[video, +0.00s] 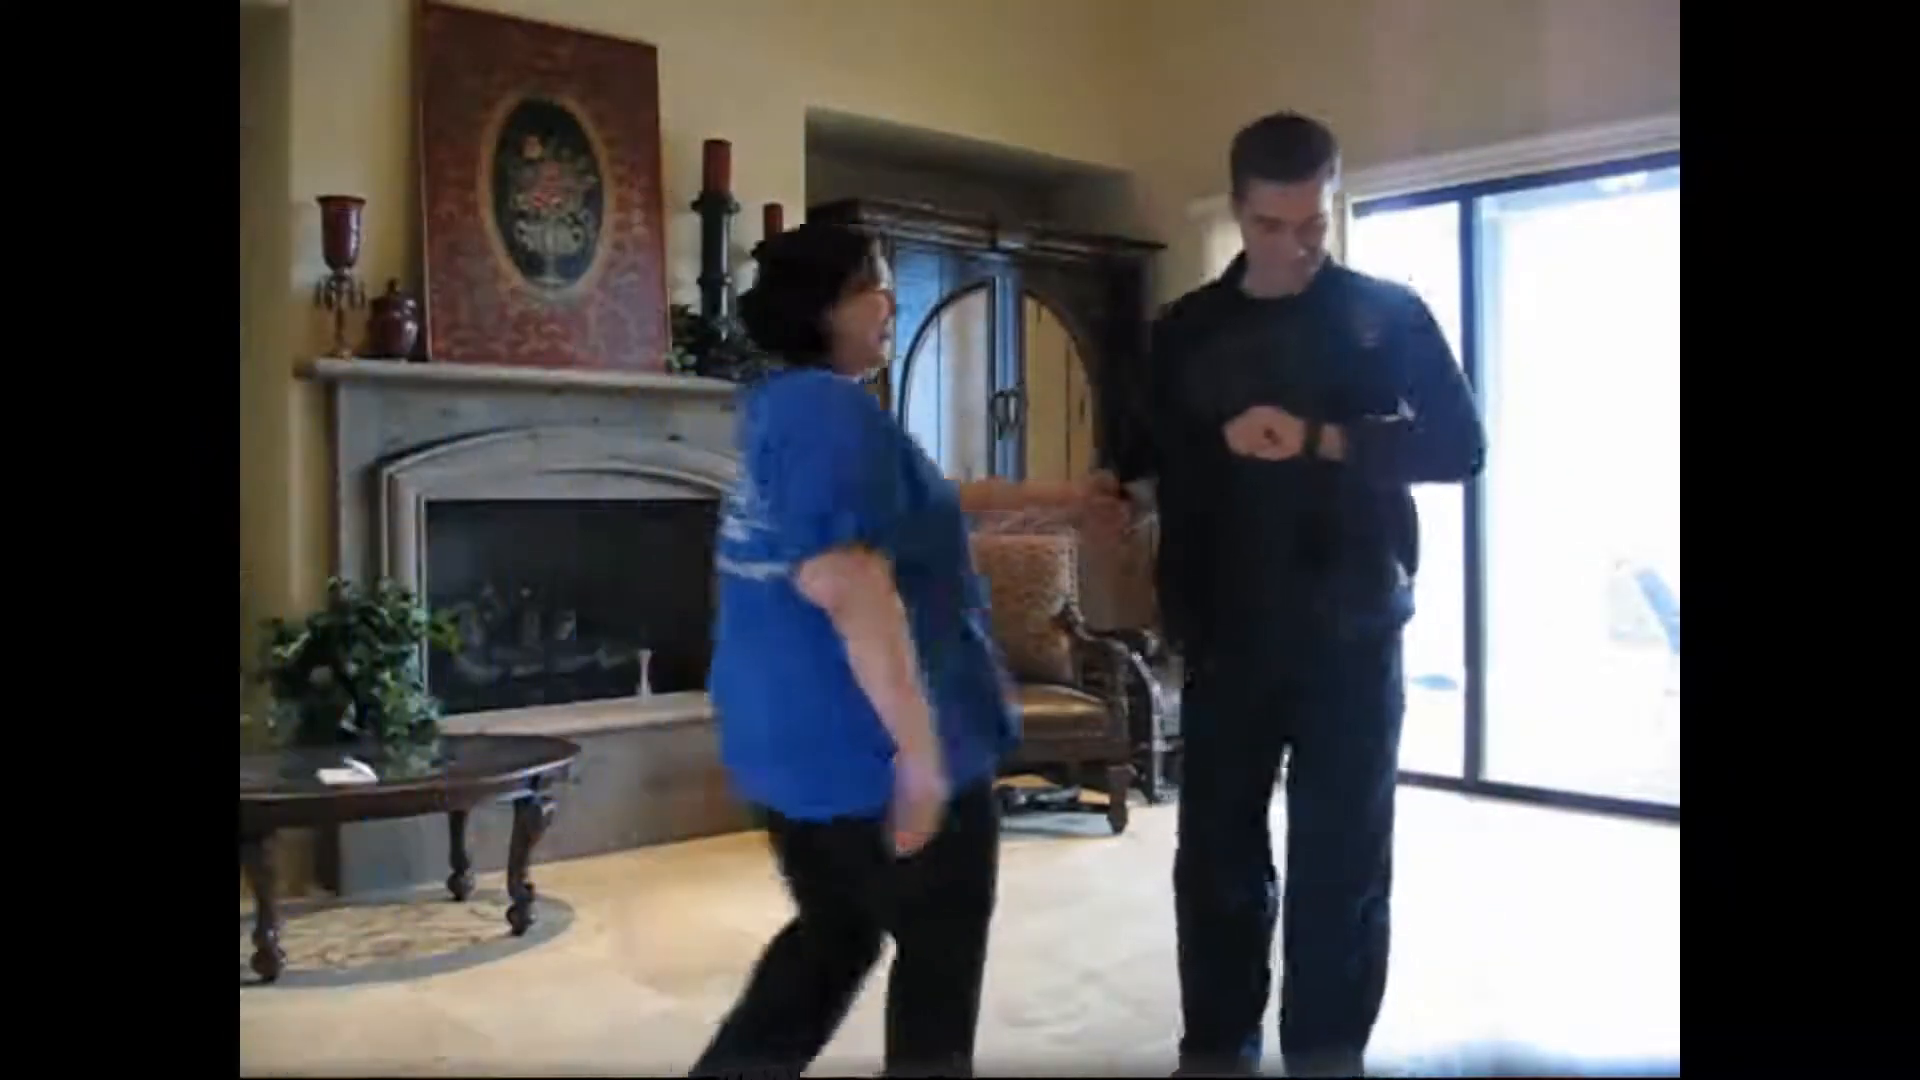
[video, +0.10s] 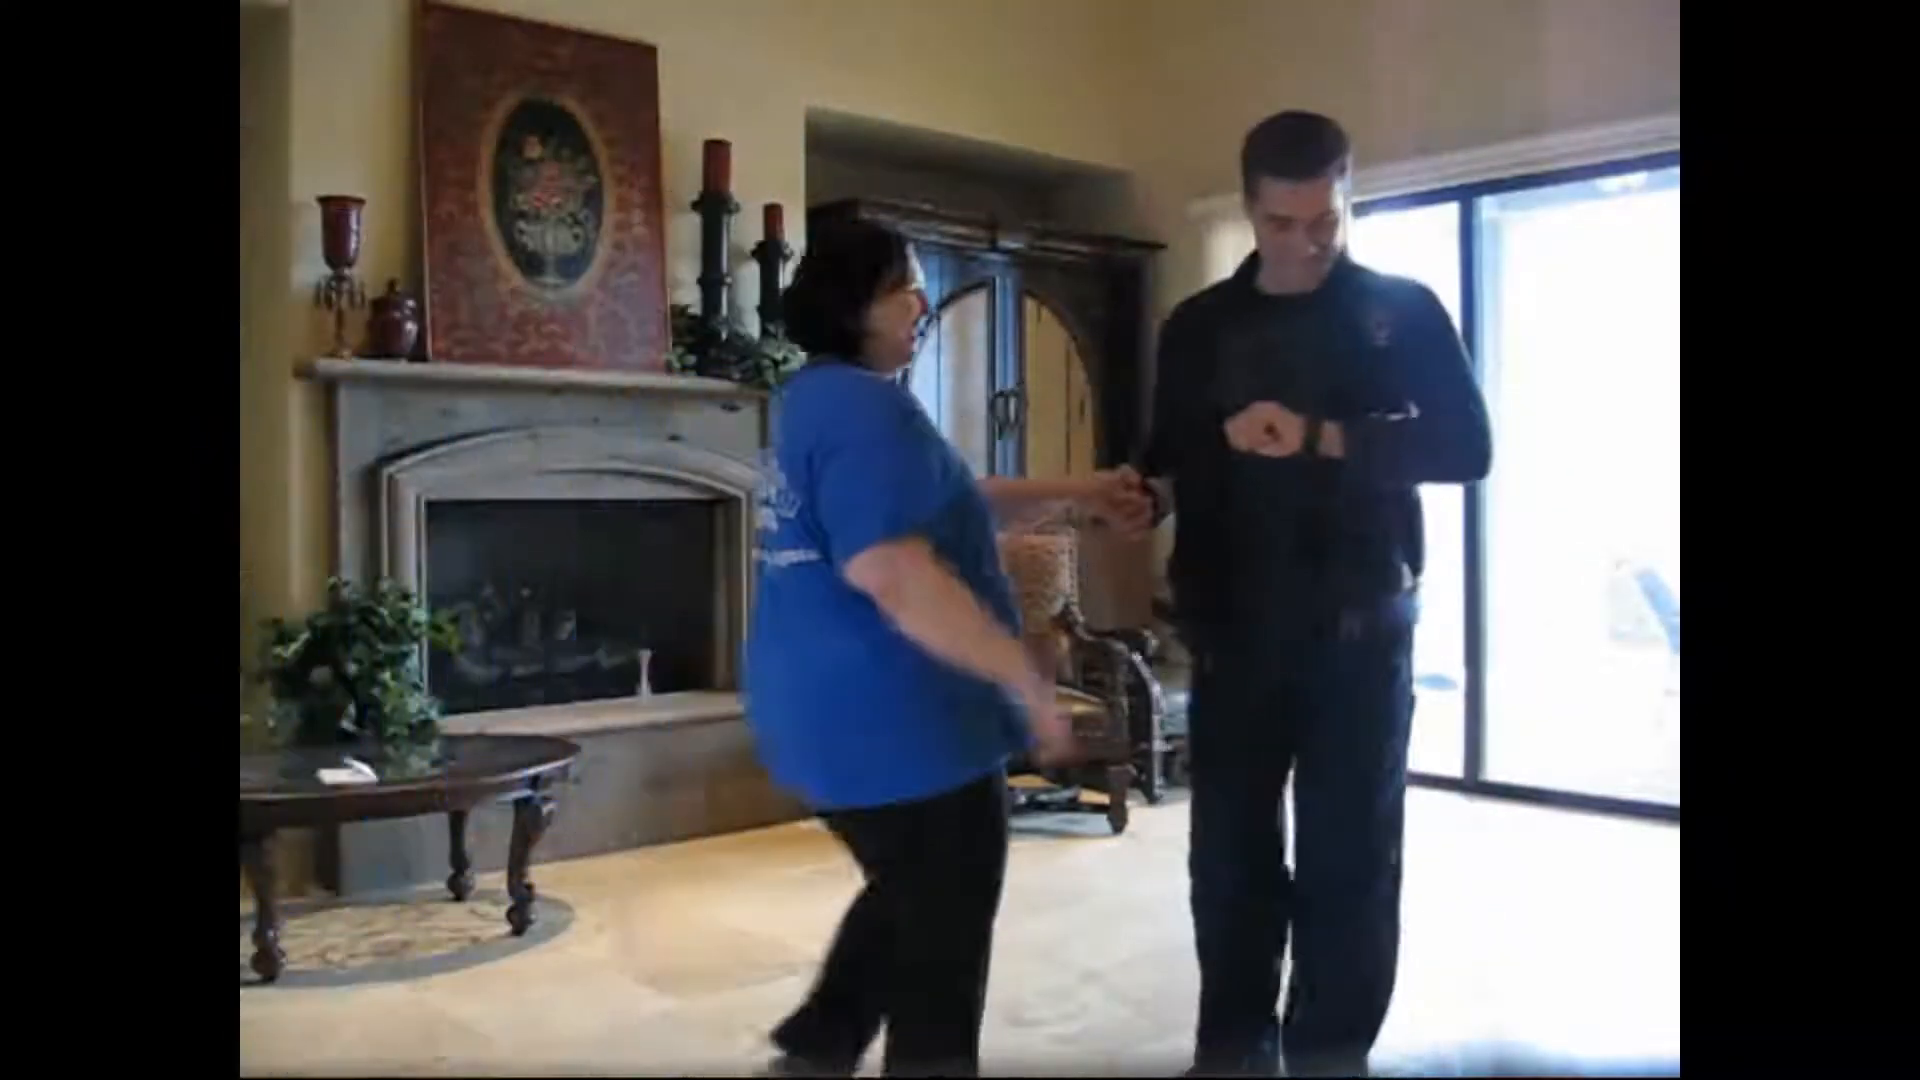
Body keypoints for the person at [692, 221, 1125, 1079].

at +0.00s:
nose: (888, 305)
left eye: (882, 288)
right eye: (868, 289)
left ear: (819, 313)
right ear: (821, 309)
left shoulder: (789, 407)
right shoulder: (832, 414)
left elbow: (934, 505)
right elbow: (845, 578)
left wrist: (1066, 502)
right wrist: (919, 750)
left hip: (804, 748)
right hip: (899, 751)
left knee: (835, 934)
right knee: (942, 948)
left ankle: (732, 1070)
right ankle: (928, 1070)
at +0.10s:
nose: (920, 304)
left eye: (914, 287)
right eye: (902, 289)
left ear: (845, 308)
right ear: (857, 306)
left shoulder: (821, 402)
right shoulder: (861, 408)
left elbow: (949, 504)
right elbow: (889, 568)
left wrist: (1081, 493)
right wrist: (1022, 675)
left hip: (841, 720)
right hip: (904, 725)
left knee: (907, 886)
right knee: (947, 933)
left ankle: (815, 1052)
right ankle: (932, 1065)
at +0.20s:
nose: (945, 304)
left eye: (941, 286)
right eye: (926, 288)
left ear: (884, 304)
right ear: (875, 301)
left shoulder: (889, 394)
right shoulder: (859, 398)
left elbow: (972, 499)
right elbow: (912, 533)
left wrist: (1096, 491)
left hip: (932, 708)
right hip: (893, 722)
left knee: (978, 866)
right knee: (939, 906)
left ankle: (899, 1043)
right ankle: (926, 1062)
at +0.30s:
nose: (958, 310)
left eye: (956, 294)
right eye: (941, 294)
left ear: (911, 310)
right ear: (890, 304)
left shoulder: (916, 405)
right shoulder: (855, 399)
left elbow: (995, 509)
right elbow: (924, 508)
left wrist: (1109, 488)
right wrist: (1005, 425)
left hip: (953, 716)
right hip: (899, 727)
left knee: (967, 920)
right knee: (932, 937)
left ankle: (950, 1057)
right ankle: (921, 1068)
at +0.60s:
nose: (959, 323)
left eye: (962, 309)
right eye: (939, 312)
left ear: (967, 320)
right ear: (888, 321)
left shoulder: (986, 419)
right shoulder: (830, 403)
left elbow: (1063, 512)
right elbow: (861, 463)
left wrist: (1146, 466)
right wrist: (891, 351)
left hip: (996, 697)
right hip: (882, 698)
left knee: (945, 913)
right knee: (930, 910)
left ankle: (917, 1063)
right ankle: (914, 1069)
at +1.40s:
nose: (822, 327)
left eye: (843, 312)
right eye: (811, 311)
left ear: (889, 321)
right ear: (795, 315)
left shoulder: (937, 418)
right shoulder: (761, 394)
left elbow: (1028, 505)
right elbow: (805, 465)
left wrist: (1146, 512)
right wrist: (890, 357)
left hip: (917, 713)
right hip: (776, 707)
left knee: (910, 921)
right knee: (803, 924)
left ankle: (911, 1066)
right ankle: (810, 1070)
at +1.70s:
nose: (824, 325)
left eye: (843, 309)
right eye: (807, 309)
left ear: (879, 321)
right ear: (783, 320)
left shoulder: (920, 418)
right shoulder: (748, 411)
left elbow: (1013, 513)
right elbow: (701, 536)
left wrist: (1124, 528)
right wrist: (838, 471)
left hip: (907, 722)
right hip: (771, 724)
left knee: (902, 926)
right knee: (794, 935)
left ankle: (909, 1068)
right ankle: (811, 1069)